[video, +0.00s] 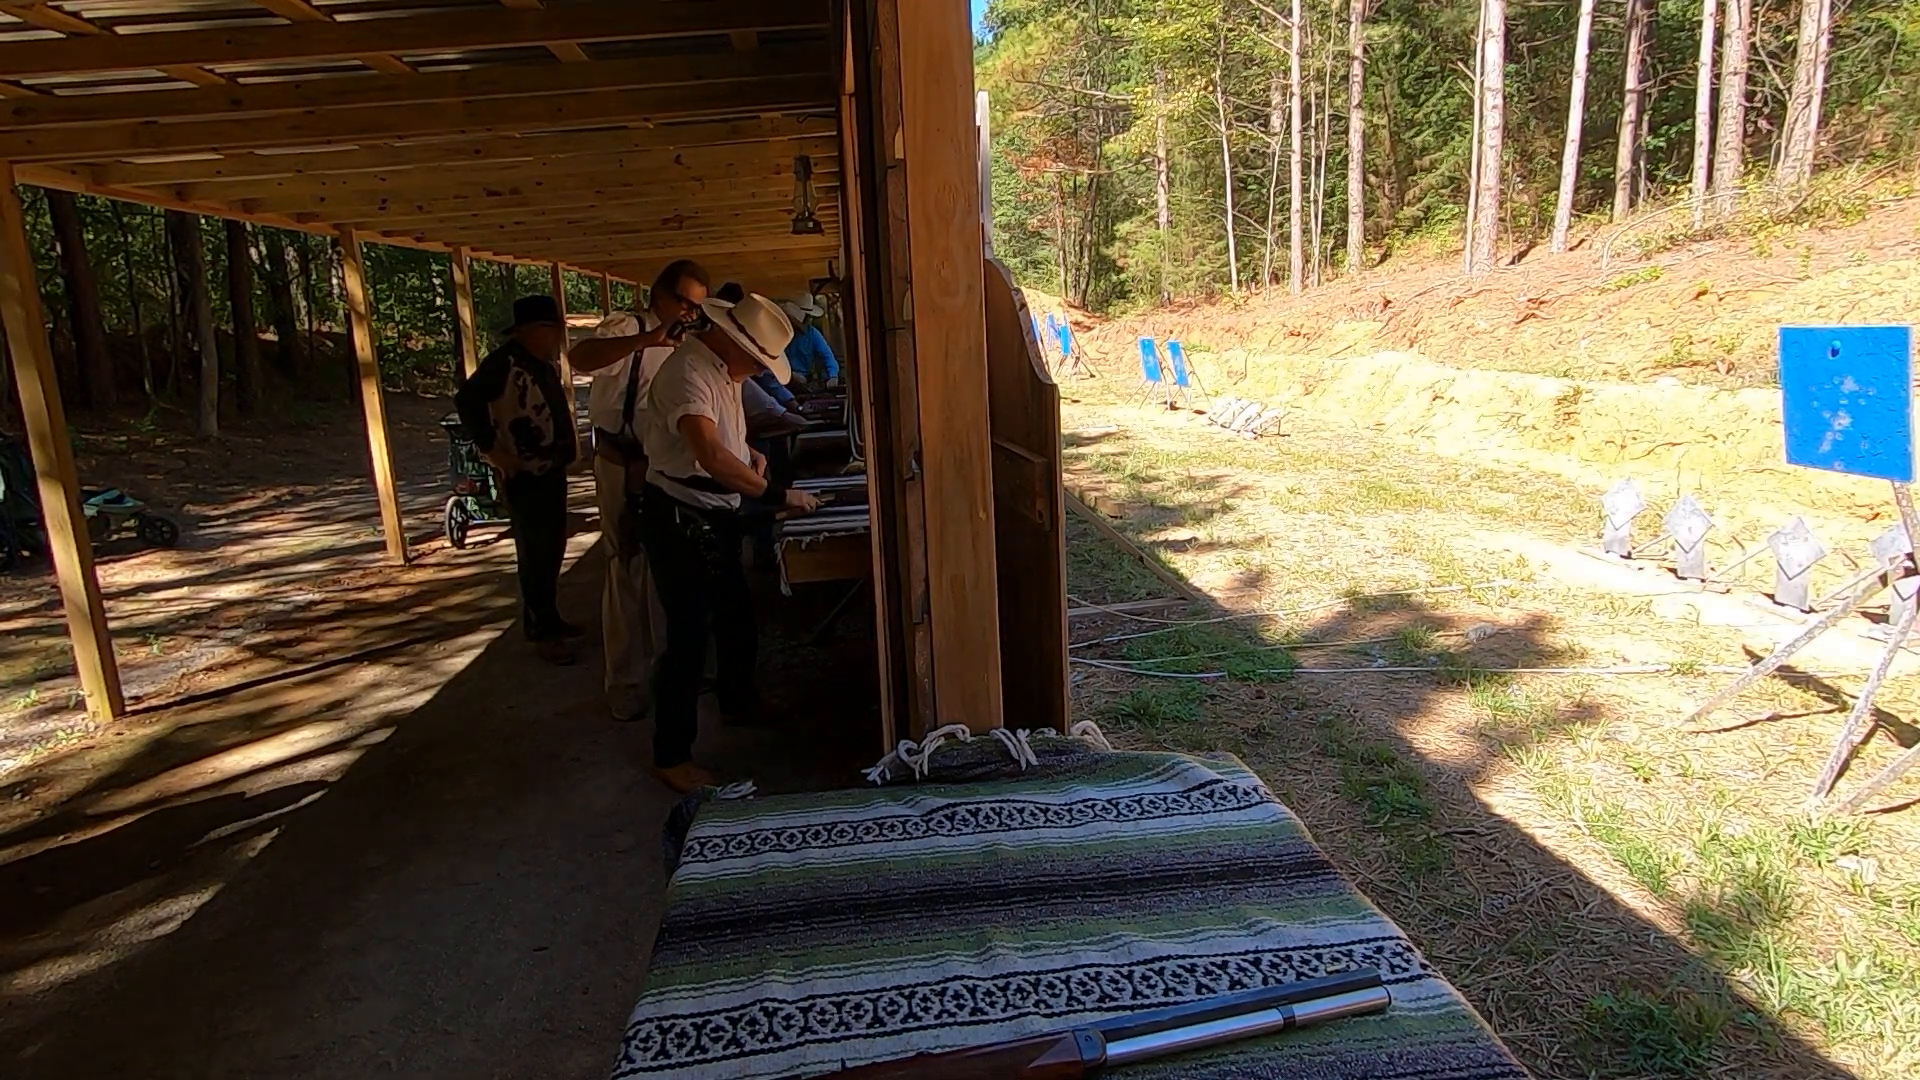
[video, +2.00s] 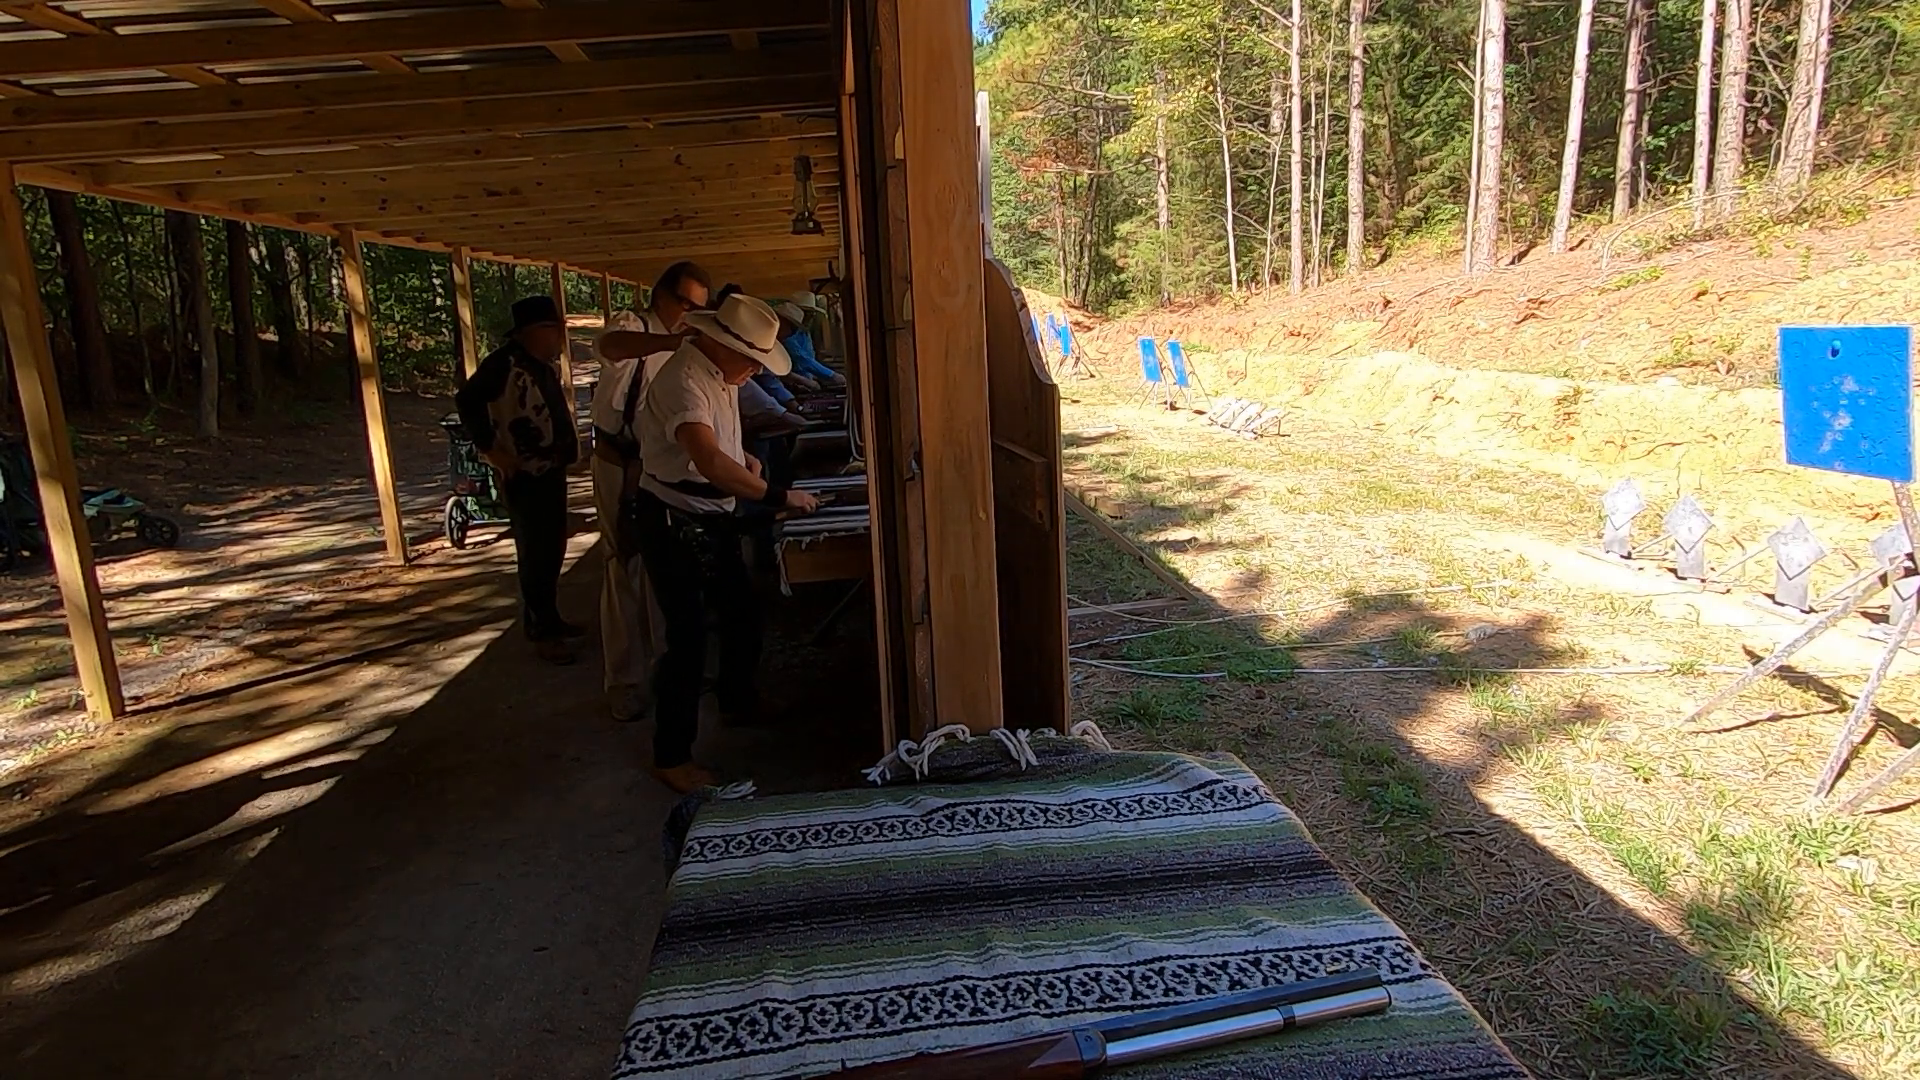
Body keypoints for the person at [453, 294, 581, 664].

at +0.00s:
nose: (559, 338)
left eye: (559, 330)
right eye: (553, 330)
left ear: (547, 332)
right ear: (531, 331)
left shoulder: (545, 364)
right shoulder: (504, 361)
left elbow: (550, 410)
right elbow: (467, 399)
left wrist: (564, 446)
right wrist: (490, 448)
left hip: (551, 472)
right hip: (525, 475)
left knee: (552, 550)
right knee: (536, 553)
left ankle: (549, 621)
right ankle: (541, 631)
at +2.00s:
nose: (561, 338)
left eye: (561, 330)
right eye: (555, 330)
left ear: (545, 332)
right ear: (533, 331)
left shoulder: (544, 366)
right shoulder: (504, 362)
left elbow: (550, 412)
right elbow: (468, 399)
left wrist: (566, 447)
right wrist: (489, 448)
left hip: (551, 473)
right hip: (524, 475)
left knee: (552, 550)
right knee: (536, 552)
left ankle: (549, 621)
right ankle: (541, 630)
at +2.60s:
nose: (562, 338)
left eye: (562, 331)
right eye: (556, 331)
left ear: (546, 333)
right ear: (534, 333)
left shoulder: (545, 366)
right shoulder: (506, 362)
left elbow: (551, 411)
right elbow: (469, 399)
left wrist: (567, 446)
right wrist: (490, 448)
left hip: (551, 472)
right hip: (525, 475)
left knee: (553, 549)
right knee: (536, 552)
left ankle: (549, 621)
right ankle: (541, 631)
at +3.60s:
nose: (566, 337)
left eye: (565, 329)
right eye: (559, 329)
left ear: (545, 332)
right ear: (537, 332)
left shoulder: (547, 366)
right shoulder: (507, 361)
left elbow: (553, 412)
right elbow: (471, 399)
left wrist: (566, 448)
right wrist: (493, 448)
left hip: (552, 473)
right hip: (526, 475)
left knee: (553, 550)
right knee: (536, 552)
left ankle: (549, 621)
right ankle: (541, 632)